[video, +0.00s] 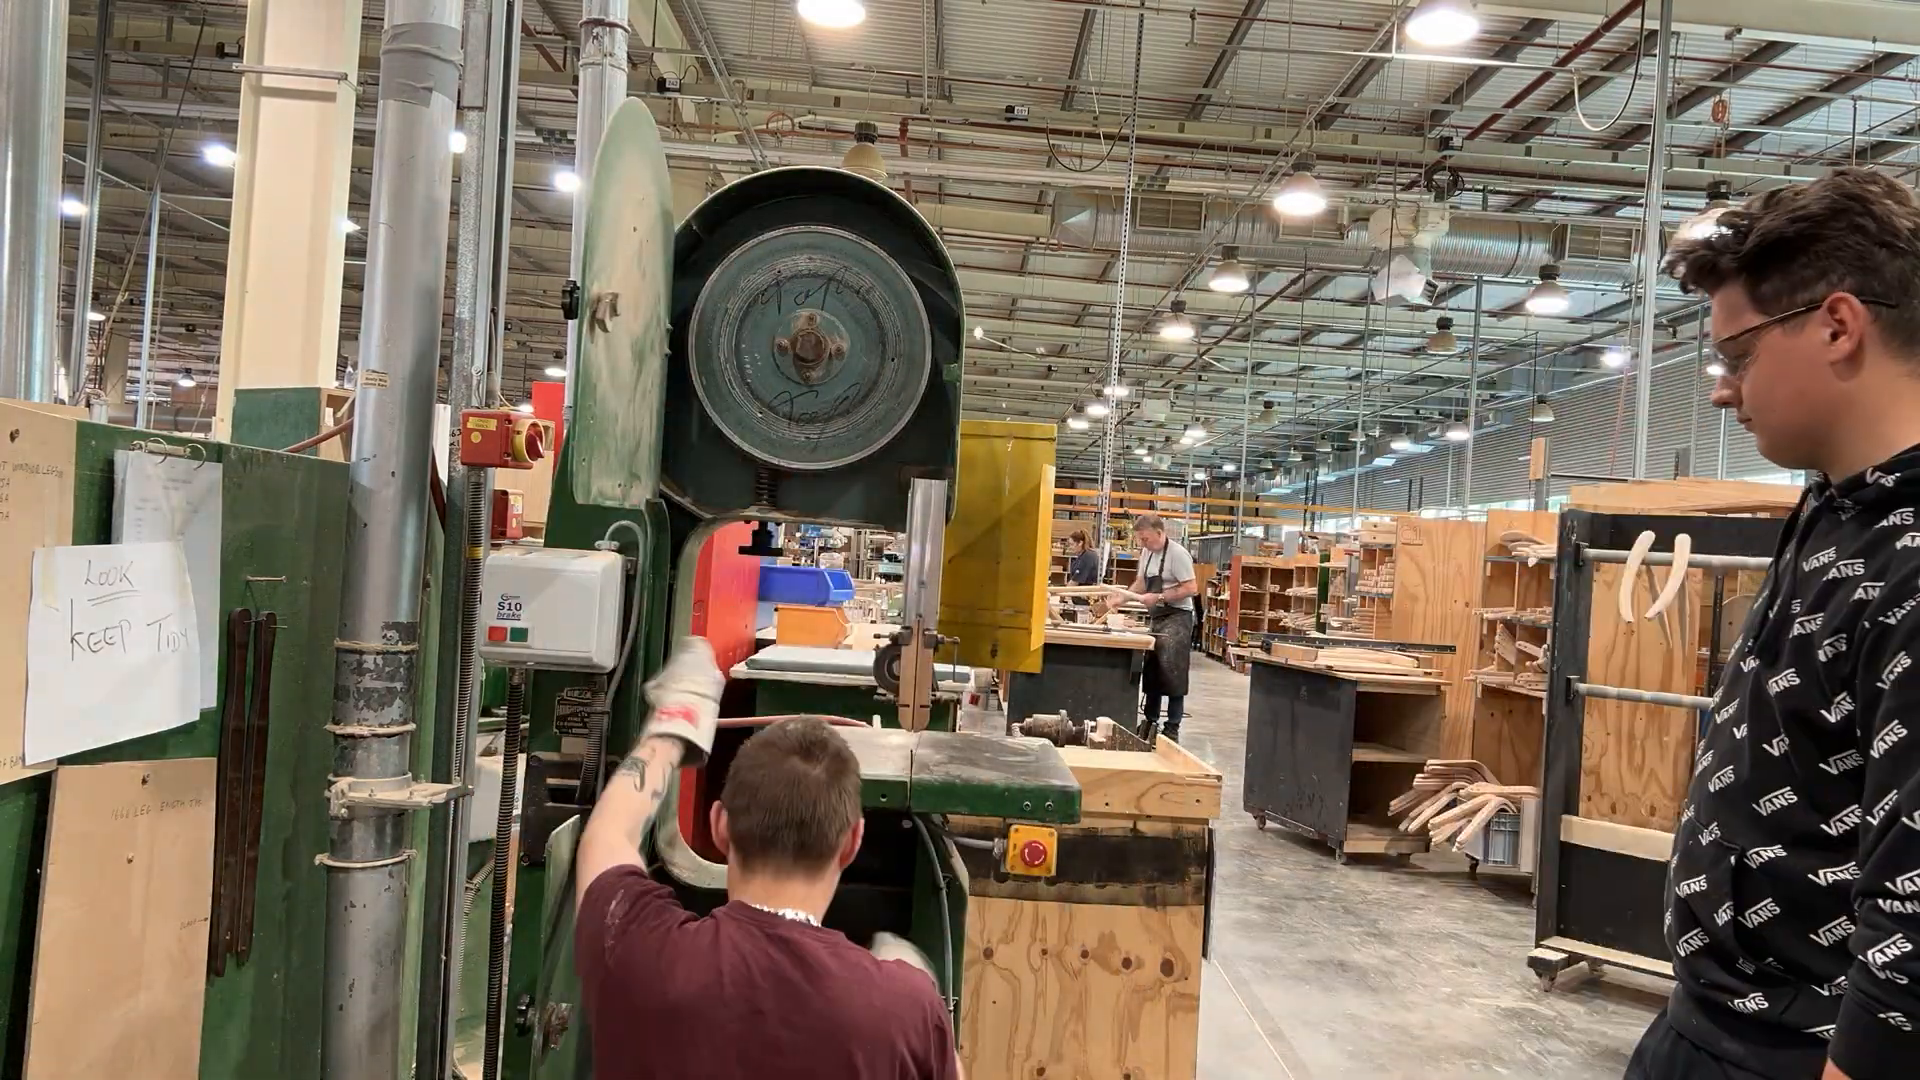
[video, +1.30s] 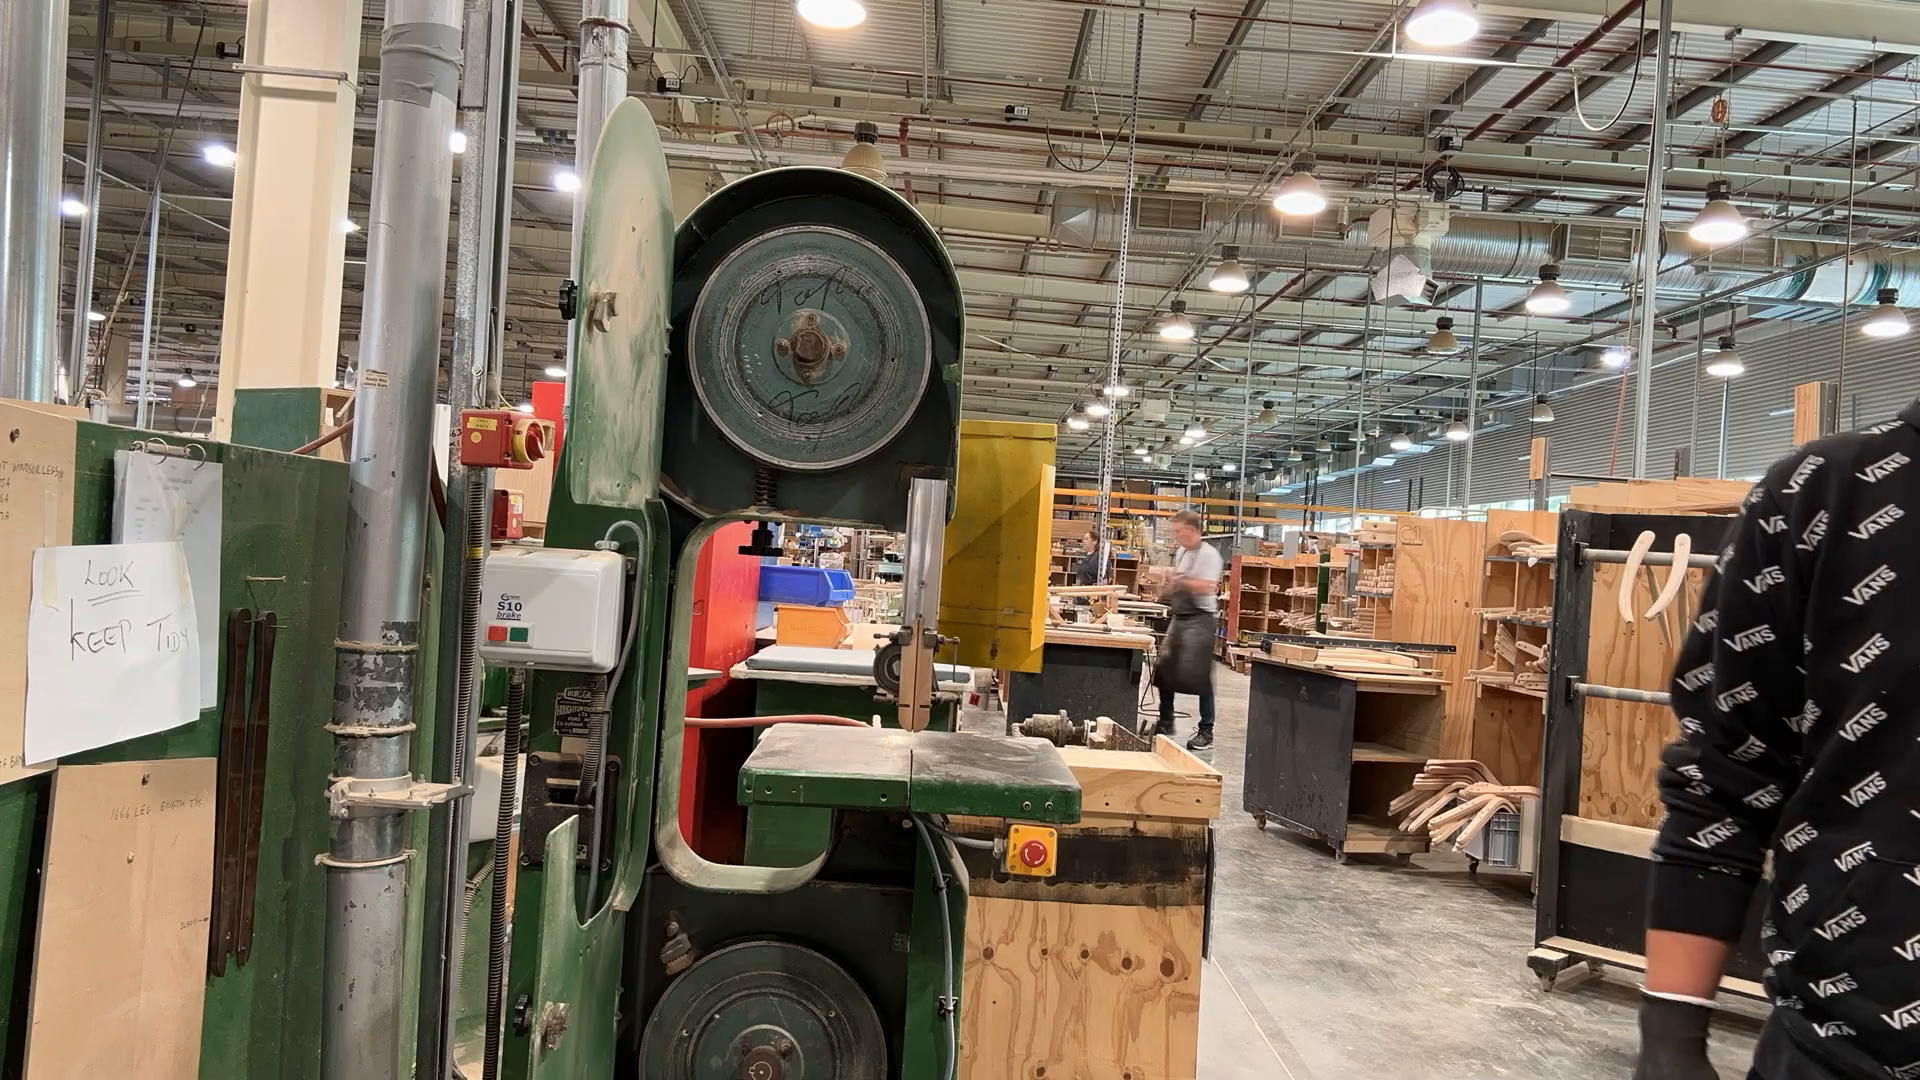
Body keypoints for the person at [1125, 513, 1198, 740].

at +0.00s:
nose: (1142, 543)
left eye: (1145, 538)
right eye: (1140, 539)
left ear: (1160, 533)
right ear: (1143, 537)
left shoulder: (1178, 553)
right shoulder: (1147, 553)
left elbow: (1191, 587)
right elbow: (1141, 584)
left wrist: (1159, 597)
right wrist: (1122, 597)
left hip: (1178, 617)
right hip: (1157, 617)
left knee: (1174, 671)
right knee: (1152, 670)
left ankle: (1172, 728)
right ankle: (1150, 721)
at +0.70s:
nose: (1138, 542)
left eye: (1140, 537)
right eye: (1136, 538)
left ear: (1154, 532)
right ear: (1148, 534)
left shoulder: (1177, 552)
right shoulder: (1146, 555)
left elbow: (1191, 587)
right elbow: (1140, 588)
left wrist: (1159, 598)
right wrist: (1121, 602)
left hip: (1176, 619)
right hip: (1155, 619)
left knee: (1173, 673)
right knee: (1150, 672)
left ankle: (1171, 728)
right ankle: (1148, 722)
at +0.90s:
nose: (1180, 530)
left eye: (1184, 526)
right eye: (1176, 526)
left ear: (1191, 529)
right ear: (1169, 529)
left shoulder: (1203, 554)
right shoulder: (1161, 551)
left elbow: (1214, 586)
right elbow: (1154, 579)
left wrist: (1194, 585)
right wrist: (1146, 577)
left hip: (1189, 616)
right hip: (1165, 616)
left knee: (1189, 670)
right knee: (1162, 669)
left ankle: (1187, 723)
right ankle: (1165, 721)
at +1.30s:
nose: (1175, 537)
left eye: (1178, 531)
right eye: (1174, 532)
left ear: (1192, 531)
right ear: (1184, 532)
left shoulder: (1210, 554)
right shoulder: (1183, 553)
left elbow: (1209, 586)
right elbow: (1181, 582)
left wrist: (1179, 581)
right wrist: (1167, 582)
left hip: (1201, 619)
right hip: (1180, 618)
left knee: (1200, 673)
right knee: (1164, 669)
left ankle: (1206, 731)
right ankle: (1166, 722)